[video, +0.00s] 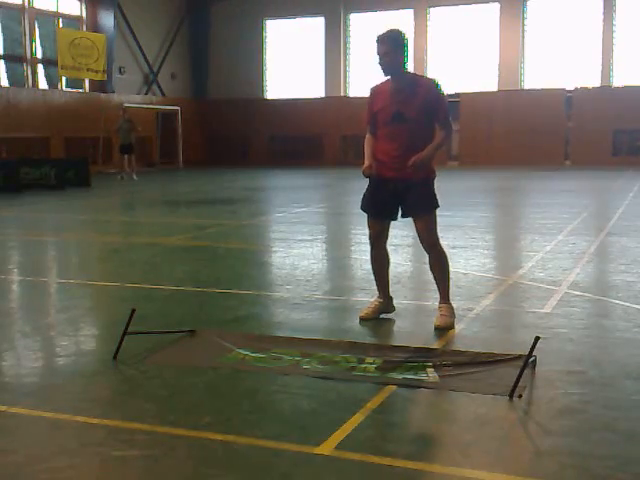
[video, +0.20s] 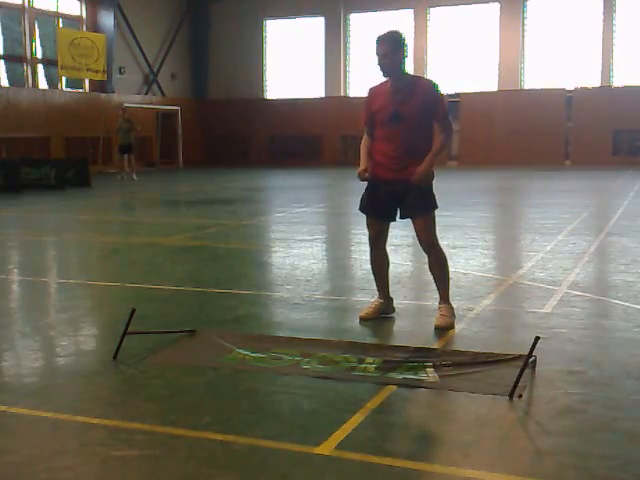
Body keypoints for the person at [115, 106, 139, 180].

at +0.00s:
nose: (125, 116)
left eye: (126, 114)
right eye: (123, 114)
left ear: (127, 114)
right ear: (122, 115)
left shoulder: (130, 123)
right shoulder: (120, 123)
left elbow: (135, 130)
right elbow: (116, 130)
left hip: (130, 142)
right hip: (123, 143)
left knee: (133, 158)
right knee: (124, 159)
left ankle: (133, 173)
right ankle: (123, 173)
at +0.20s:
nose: (123, 115)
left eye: (124, 113)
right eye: (122, 113)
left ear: (126, 113)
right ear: (120, 113)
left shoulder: (129, 122)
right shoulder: (120, 123)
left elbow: (135, 129)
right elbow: (117, 131)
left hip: (129, 142)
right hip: (122, 142)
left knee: (132, 158)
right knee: (122, 159)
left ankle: (133, 173)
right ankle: (122, 173)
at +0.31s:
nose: (122, 114)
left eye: (124, 113)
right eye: (121, 113)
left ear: (126, 113)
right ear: (120, 113)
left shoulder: (129, 122)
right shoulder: (119, 122)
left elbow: (135, 129)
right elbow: (117, 131)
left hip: (129, 142)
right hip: (121, 142)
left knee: (131, 158)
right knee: (122, 159)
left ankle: (133, 173)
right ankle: (122, 173)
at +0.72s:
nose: (122, 114)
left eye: (123, 112)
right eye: (121, 112)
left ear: (125, 113)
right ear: (119, 113)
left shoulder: (129, 122)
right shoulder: (118, 123)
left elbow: (136, 126)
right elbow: (115, 132)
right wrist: (115, 141)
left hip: (128, 142)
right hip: (120, 142)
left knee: (131, 158)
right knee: (122, 159)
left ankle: (133, 173)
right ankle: (122, 173)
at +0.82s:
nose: (122, 114)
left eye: (123, 112)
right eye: (120, 112)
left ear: (124, 113)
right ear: (119, 113)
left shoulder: (128, 122)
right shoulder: (117, 122)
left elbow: (135, 125)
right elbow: (117, 126)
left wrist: (127, 120)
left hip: (128, 142)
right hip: (120, 142)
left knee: (131, 158)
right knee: (122, 159)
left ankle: (133, 173)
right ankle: (122, 173)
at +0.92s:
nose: (121, 114)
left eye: (123, 112)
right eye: (120, 112)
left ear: (124, 113)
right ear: (119, 113)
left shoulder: (127, 122)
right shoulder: (117, 123)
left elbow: (134, 125)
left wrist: (127, 120)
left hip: (128, 142)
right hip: (120, 142)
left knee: (131, 158)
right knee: (122, 159)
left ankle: (133, 173)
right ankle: (122, 173)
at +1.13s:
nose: (121, 113)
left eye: (122, 111)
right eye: (120, 111)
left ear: (124, 112)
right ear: (118, 112)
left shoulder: (127, 121)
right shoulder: (117, 122)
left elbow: (134, 124)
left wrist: (126, 120)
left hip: (127, 142)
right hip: (120, 143)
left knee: (131, 158)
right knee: (122, 159)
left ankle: (133, 173)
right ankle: (122, 173)